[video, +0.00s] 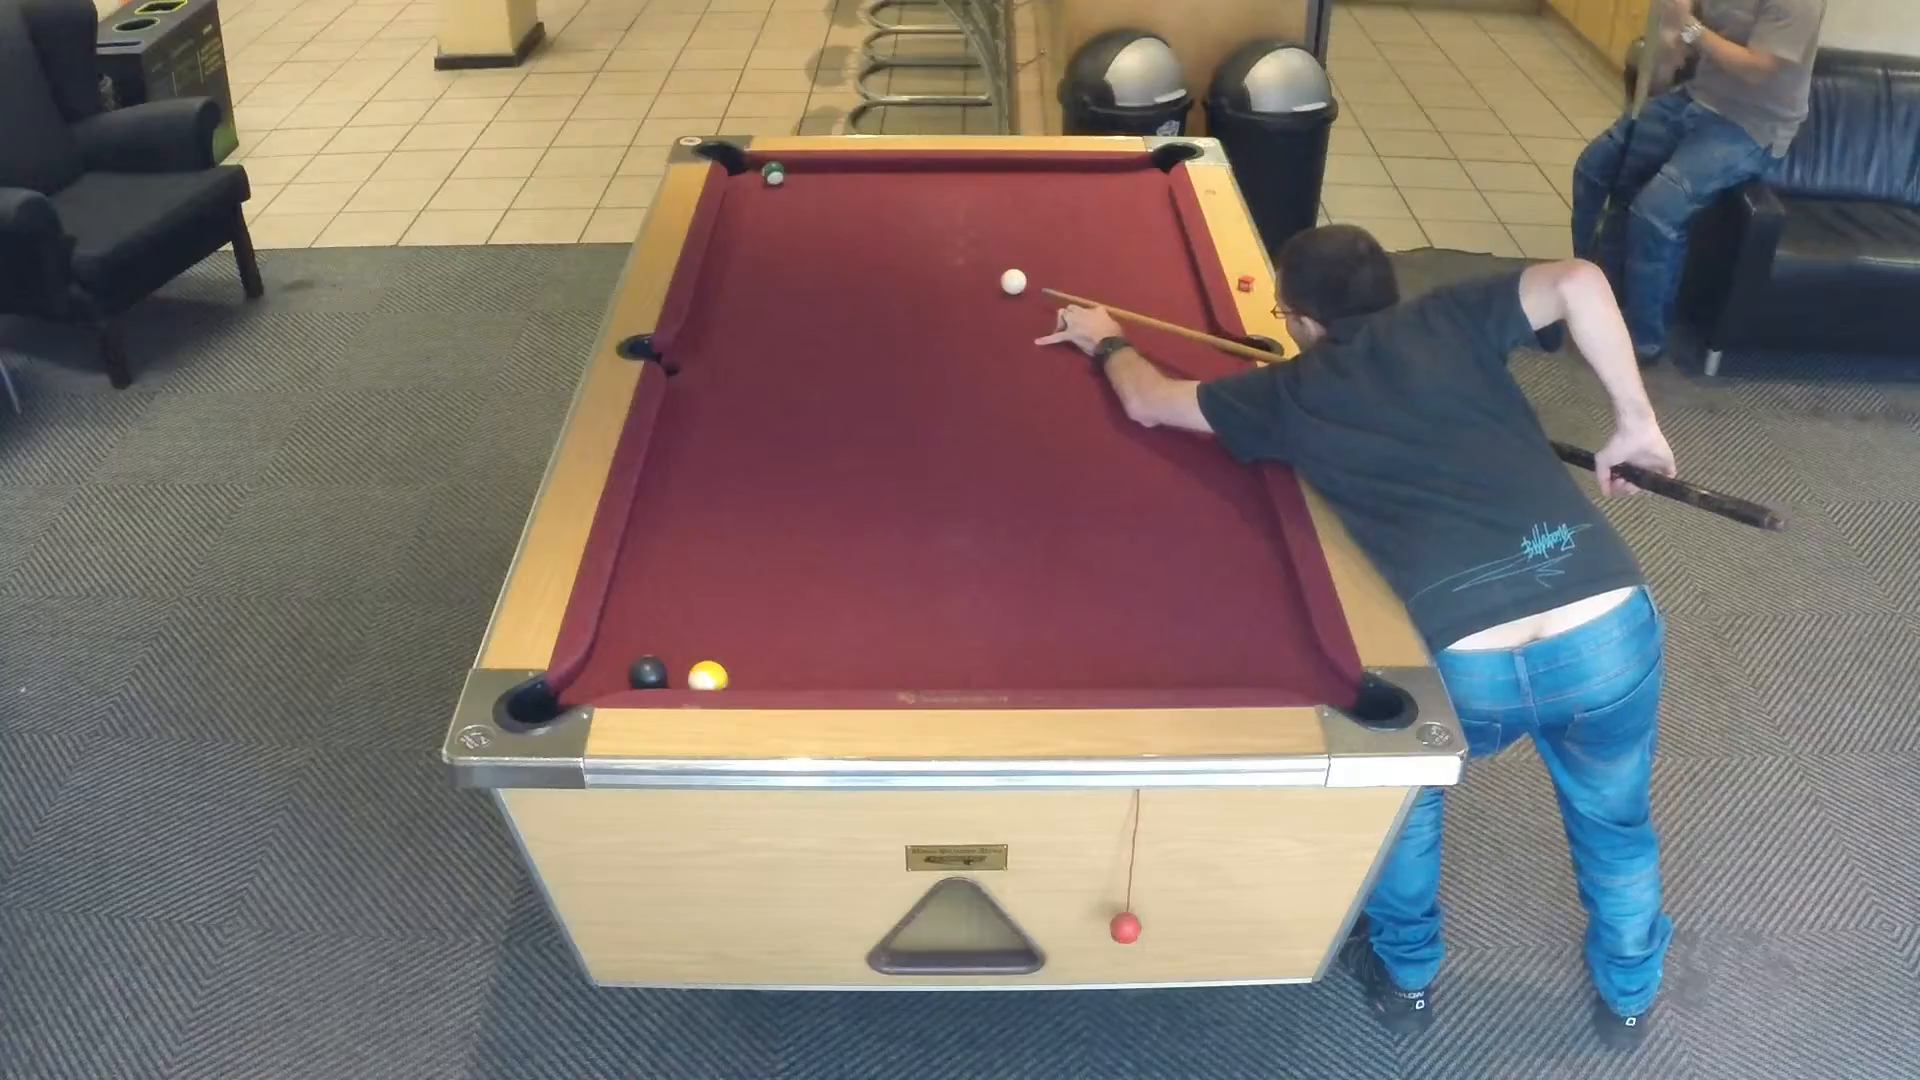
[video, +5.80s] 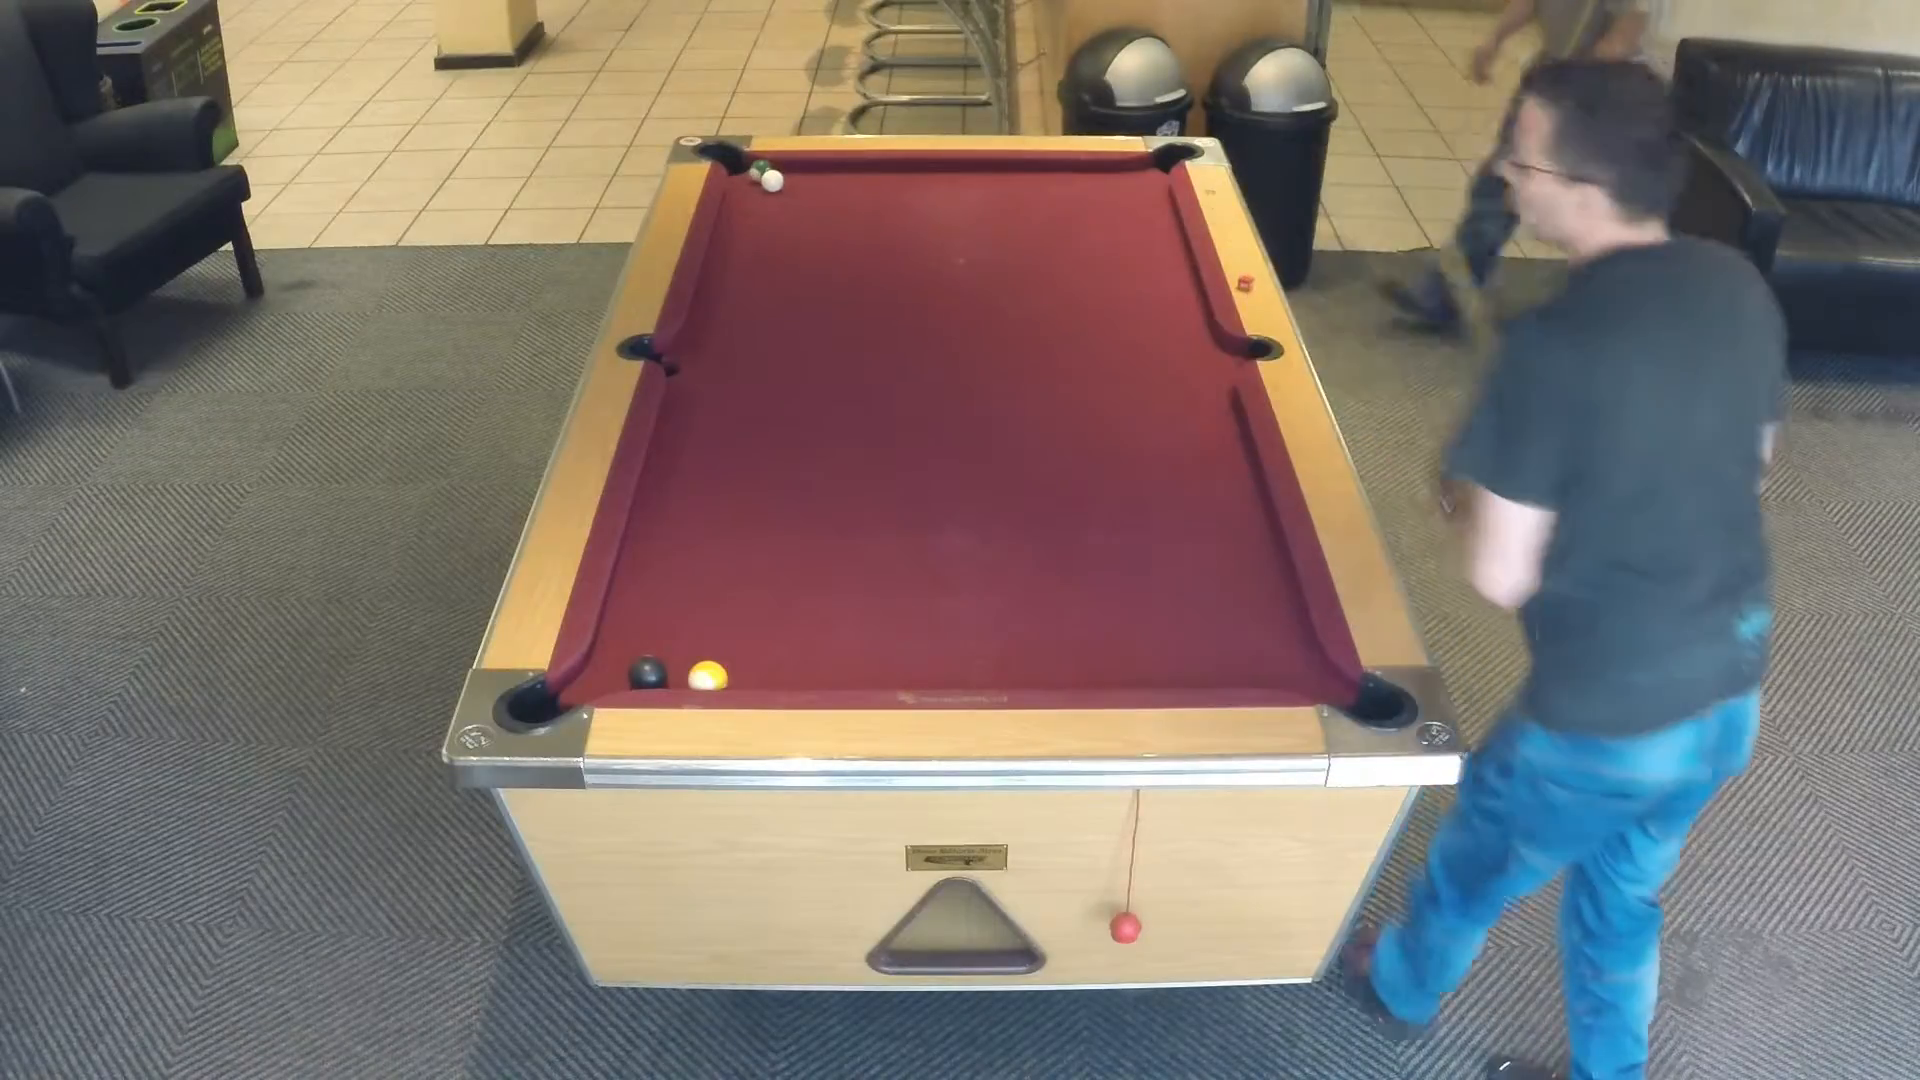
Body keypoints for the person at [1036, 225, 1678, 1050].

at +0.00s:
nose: (1284, 322)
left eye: (1287, 309)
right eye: (1284, 309)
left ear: (1305, 321)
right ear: (1391, 294)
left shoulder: (1291, 392)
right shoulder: (1454, 318)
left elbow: (1149, 399)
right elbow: (1578, 280)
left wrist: (1105, 340)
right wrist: (1639, 417)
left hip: (1467, 661)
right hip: (1608, 626)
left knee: (1401, 774)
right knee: (1617, 821)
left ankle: (1407, 973)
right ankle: (1631, 990)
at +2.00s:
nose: (1280, 322)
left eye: (1281, 311)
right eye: (1281, 309)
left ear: (1304, 322)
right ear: (1387, 289)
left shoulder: (1288, 392)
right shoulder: (1452, 313)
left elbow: (1146, 401)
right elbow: (1581, 283)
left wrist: (1108, 341)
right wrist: (1661, 422)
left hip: (1464, 664)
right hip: (1605, 622)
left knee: (1405, 774)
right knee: (1617, 818)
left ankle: (1408, 964)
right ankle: (1631, 987)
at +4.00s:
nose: (1279, 315)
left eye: (1281, 303)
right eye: (1279, 303)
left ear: (1297, 317)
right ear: (1385, 290)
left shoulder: (1285, 390)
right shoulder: (1449, 313)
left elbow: (1142, 399)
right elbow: (1589, 296)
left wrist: (1106, 341)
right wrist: (1600, 427)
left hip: (1468, 661)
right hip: (1606, 623)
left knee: (1394, 763)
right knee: (1615, 819)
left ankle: (1407, 967)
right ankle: (1630, 991)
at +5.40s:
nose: (1341, 189)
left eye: (1346, 175)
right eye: (1346, 171)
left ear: (1370, 194)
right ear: (1463, 180)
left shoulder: (1343, 300)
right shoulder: (1550, 251)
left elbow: (1277, 466)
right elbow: (1702, 385)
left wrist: (1247, 378)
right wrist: (1604, 446)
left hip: (1508, 640)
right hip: (1652, 621)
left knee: (1424, 780)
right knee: (1610, 831)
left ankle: (1404, 966)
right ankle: (1605, 1019)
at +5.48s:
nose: (1370, 167)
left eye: (1376, 154)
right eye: (1374, 150)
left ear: (1398, 176)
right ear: (1494, 163)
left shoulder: (1365, 295)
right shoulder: (1584, 245)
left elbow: (1341, 493)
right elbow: (1719, 394)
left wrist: (1374, 413)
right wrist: (1611, 453)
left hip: (1519, 637)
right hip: (1662, 621)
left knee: (1436, 792)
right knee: (1606, 841)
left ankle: (1403, 973)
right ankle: (1602, 1042)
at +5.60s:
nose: (1419, 149)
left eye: (1430, 138)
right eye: (1426, 132)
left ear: (1464, 166)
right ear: (1548, 147)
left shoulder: (1420, 297)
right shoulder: (1636, 248)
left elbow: (1416, 510)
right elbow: (1743, 423)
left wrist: (1503, 473)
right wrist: (1638, 464)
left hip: (1546, 661)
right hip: (1684, 639)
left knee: (1450, 817)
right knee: (1606, 859)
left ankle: (1402, 969)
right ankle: (1613, 1060)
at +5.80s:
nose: (1504, 176)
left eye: (1521, 161)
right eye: (1510, 155)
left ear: (1582, 182)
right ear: (1638, 176)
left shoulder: (1556, 340)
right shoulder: (1737, 285)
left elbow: (1503, 578)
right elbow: (1753, 454)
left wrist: (1470, 497)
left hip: (1597, 728)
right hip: (1723, 706)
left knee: (1473, 865)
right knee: (1622, 911)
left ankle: (1404, 985)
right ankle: (1612, 1066)